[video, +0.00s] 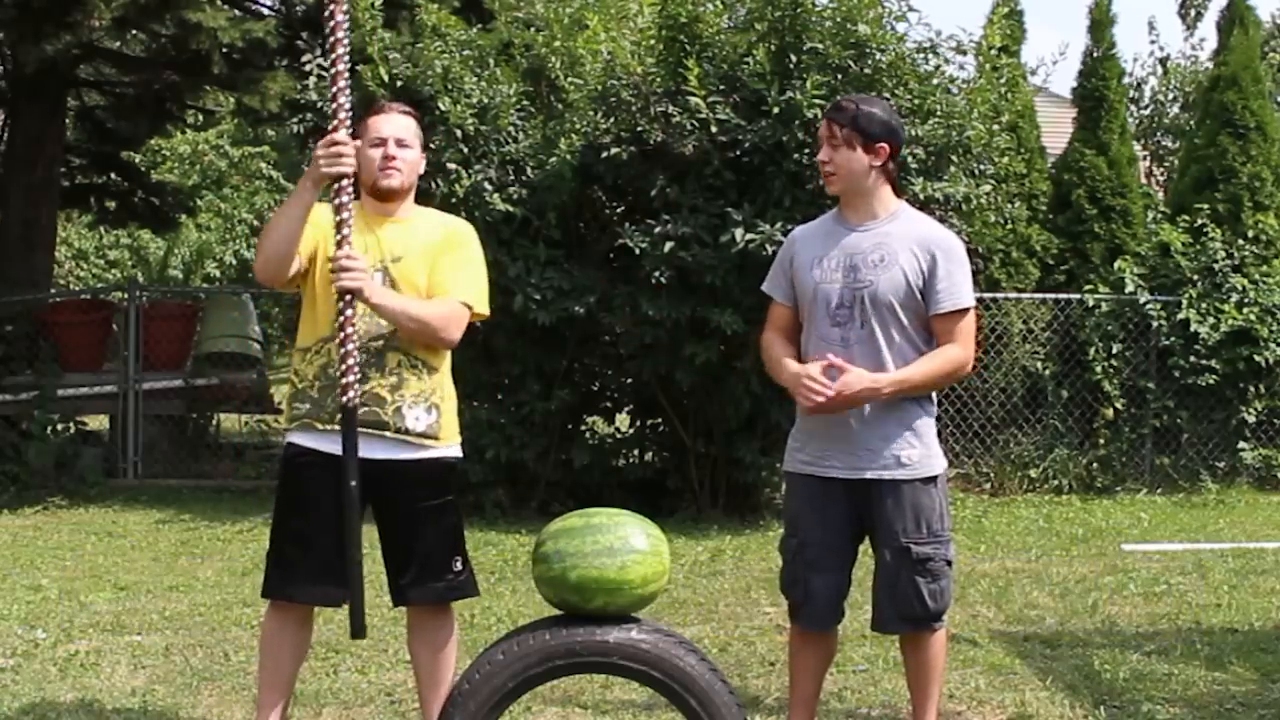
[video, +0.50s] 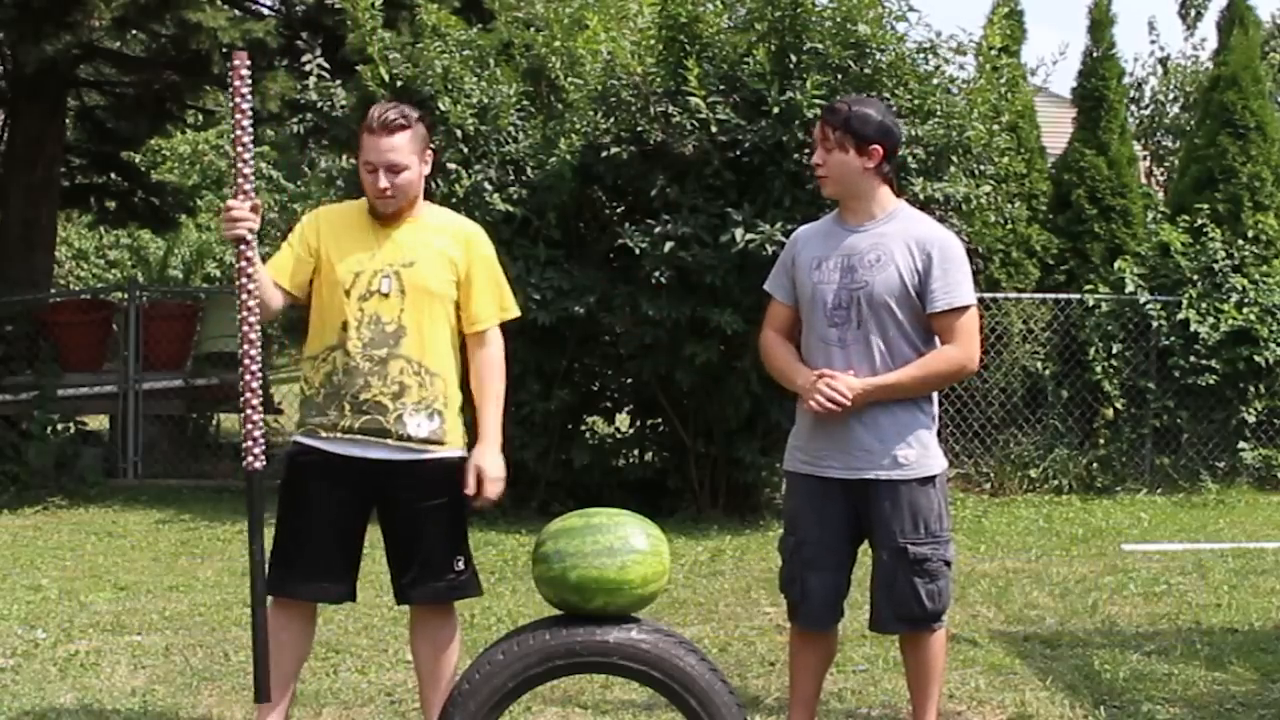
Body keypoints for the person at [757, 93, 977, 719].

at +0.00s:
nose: (823, 158)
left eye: (837, 147)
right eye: (821, 146)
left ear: (880, 155)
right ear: (824, 153)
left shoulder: (935, 244)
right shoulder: (802, 243)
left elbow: (960, 352)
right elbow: (775, 335)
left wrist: (878, 384)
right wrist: (789, 371)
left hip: (905, 464)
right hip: (815, 462)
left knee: (923, 611)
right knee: (809, 610)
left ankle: (924, 716)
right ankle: (799, 716)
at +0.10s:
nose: (821, 159)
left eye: (834, 147)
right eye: (820, 147)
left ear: (878, 155)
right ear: (826, 154)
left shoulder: (933, 243)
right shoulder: (804, 243)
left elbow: (959, 355)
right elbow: (776, 337)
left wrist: (859, 385)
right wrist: (802, 376)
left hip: (905, 465)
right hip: (815, 463)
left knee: (922, 612)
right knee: (809, 611)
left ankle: (924, 716)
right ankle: (800, 716)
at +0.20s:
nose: (818, 159)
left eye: (832, 148)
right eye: (818, 147)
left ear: (876, 155)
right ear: (830, 154)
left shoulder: (932, 243)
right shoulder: (804, 243)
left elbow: (962, 353)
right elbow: (772, 336)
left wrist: (862, 387)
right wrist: (800, 378)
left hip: (904, 465)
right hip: (815, 463)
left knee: (922, 612)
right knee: (809, 611)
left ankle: (924, 716)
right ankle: (800, 716)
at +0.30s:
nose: (817, 160)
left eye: (830, 148)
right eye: (817, 147)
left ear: (874, 155)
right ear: (830, 154)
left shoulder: (932, 243)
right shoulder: (804, 243)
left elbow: (963, 352)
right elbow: (771, 336)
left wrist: (863, 387)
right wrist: (801, 380)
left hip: (904, 466)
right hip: (815, 463)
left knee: (922, 612)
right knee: (809, 611)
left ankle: (924, 716)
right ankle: (800, 716)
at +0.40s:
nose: (816, 159)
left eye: (829, 148)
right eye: (816, 147)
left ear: (873, 155)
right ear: (830, 154)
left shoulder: (932, 243)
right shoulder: (805, 243)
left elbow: (963, 353)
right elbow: (773, 337)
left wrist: (863, 388)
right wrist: (802, 380)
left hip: (904, 466)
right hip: (815, 463)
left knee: (921, 612)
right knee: (809, 611)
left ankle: (924, 716)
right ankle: (799, 716)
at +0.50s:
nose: (815, 160)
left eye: (827, 149)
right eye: (815, 148)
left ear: (872, 156)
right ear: (844, 155)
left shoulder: (933, 243)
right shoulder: (804, 243)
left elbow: (964, 353)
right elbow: (773, 337)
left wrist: (865, 387)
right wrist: (803, 379)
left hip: (904, 465)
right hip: (815, 463)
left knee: (921, 611)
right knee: (809, 611)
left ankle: (924, 716)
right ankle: (799, 716)